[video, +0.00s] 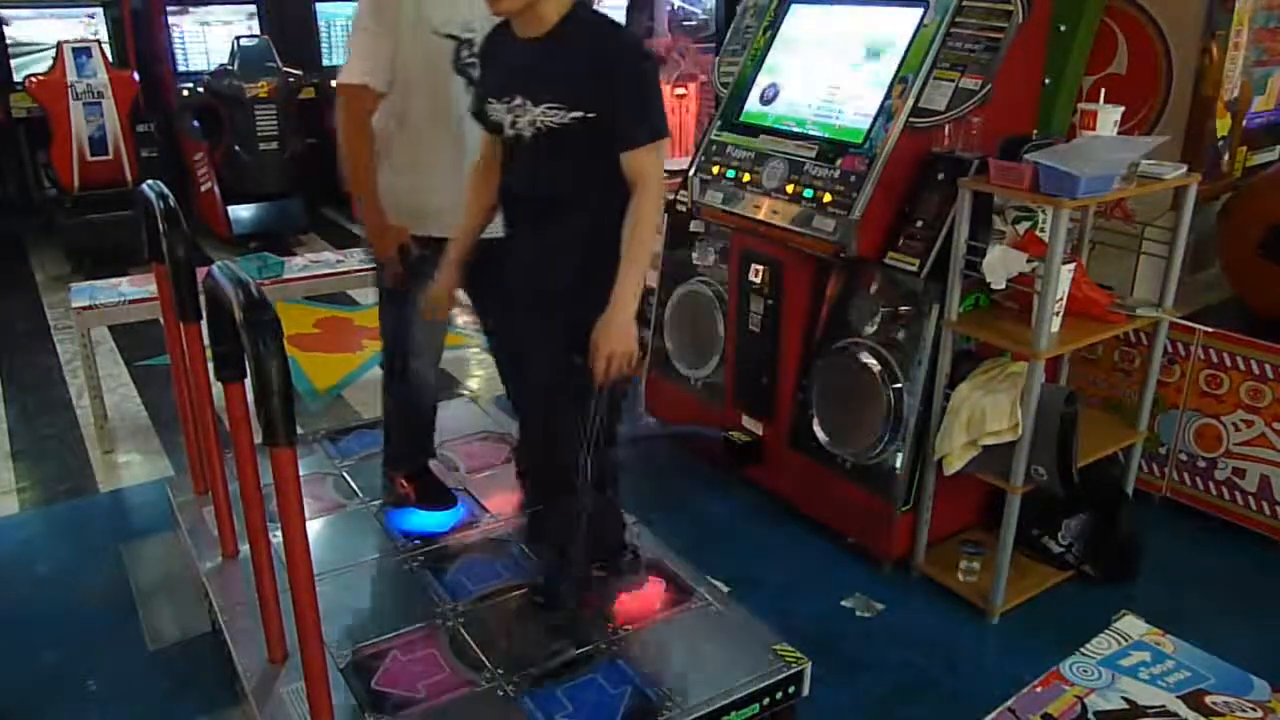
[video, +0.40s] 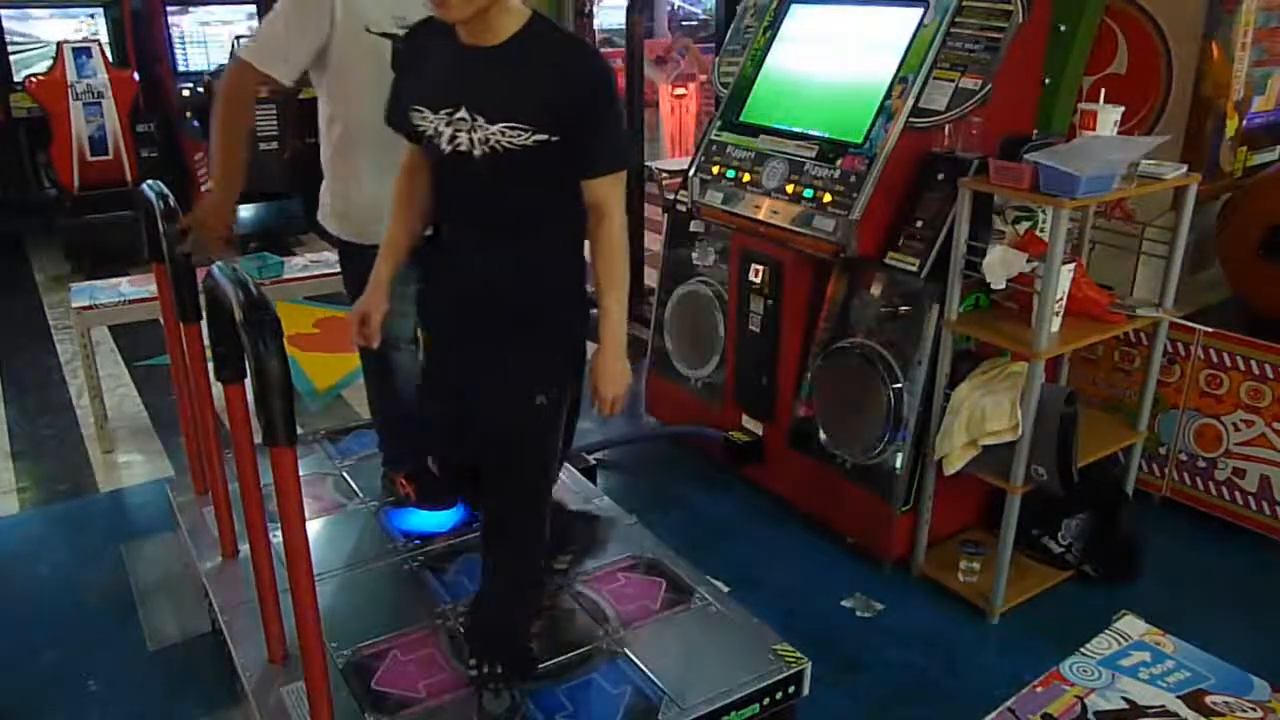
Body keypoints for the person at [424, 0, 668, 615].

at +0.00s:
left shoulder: (615, 53)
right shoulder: (499, 48)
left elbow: (649, 189)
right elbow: (490, 165)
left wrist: (623, 311)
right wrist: (453, 265)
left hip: (594, 284)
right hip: (524, 277)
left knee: (564, 452)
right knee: (553, 431)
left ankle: (566, 600)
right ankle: (604, 548)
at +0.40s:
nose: (436, 0)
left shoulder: (576, 70)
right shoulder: (423, 49)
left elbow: (606, 214)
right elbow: (418, 166)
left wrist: (613, 344)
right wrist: (380, 277)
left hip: (539, 321)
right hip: (452, 313)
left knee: (514, 502)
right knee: (460, 458)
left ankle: (499, 654)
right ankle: (557, 529)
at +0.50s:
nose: (425, 4)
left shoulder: (570, 70)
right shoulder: (408, 45)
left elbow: (599, 216)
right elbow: (395, 166)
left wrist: (600, 346)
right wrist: (357, 267)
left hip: (531, 325)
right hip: (436, 319)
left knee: (514, 505)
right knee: (436, 481)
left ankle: (501, 661)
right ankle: (529, 541)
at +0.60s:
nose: (413, 7)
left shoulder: (559, 69)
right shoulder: (388, 43)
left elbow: (590, 214)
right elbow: (366, 167)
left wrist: (588, 345)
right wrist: (323, 250)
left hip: (521, 327)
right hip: (423, 322)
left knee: (514, 497)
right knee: (428, 489)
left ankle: (506, 661)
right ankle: (455, 624)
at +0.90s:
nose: (359, 3)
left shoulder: (526, 63)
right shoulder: (322, 55)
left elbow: (554, 206)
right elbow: (270, 166)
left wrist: (571, 336)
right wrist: (266, 277)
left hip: (497, 340)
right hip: (389, 346)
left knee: (510, 523)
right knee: (398, 533)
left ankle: (501, 666)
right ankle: (395, 694)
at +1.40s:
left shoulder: (430, 41)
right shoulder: (227, 61)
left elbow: (467, 191)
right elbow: (151, 182)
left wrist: (509, 311)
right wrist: (240, 305)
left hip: (434, 334)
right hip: (336, 352)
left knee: (457, 497)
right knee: (375, 536)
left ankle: (424, 631)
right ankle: (392, 693)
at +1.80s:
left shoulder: (332, 51)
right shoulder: (283, 55)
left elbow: (354, 212)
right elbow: (170, 196)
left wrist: (440, 282)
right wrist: (240, 308)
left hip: (380, 349)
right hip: (350, 365)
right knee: (420, 547)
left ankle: (372, 695)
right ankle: (393, 704)